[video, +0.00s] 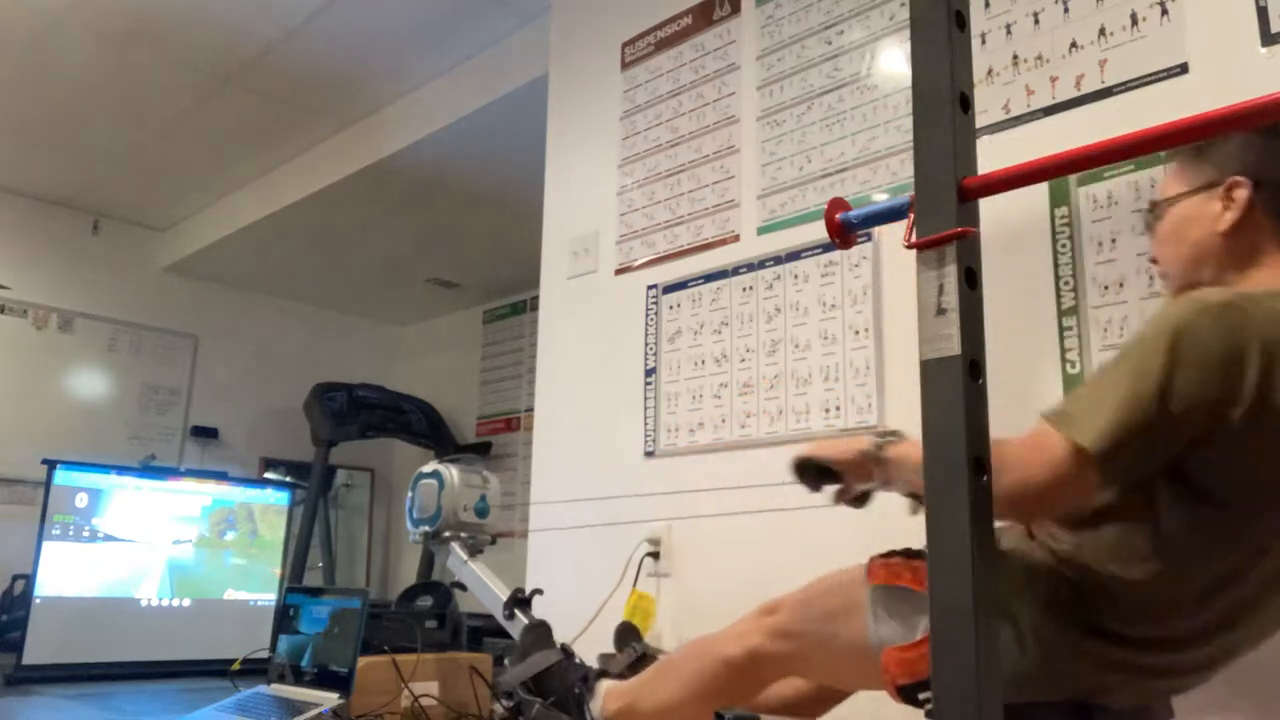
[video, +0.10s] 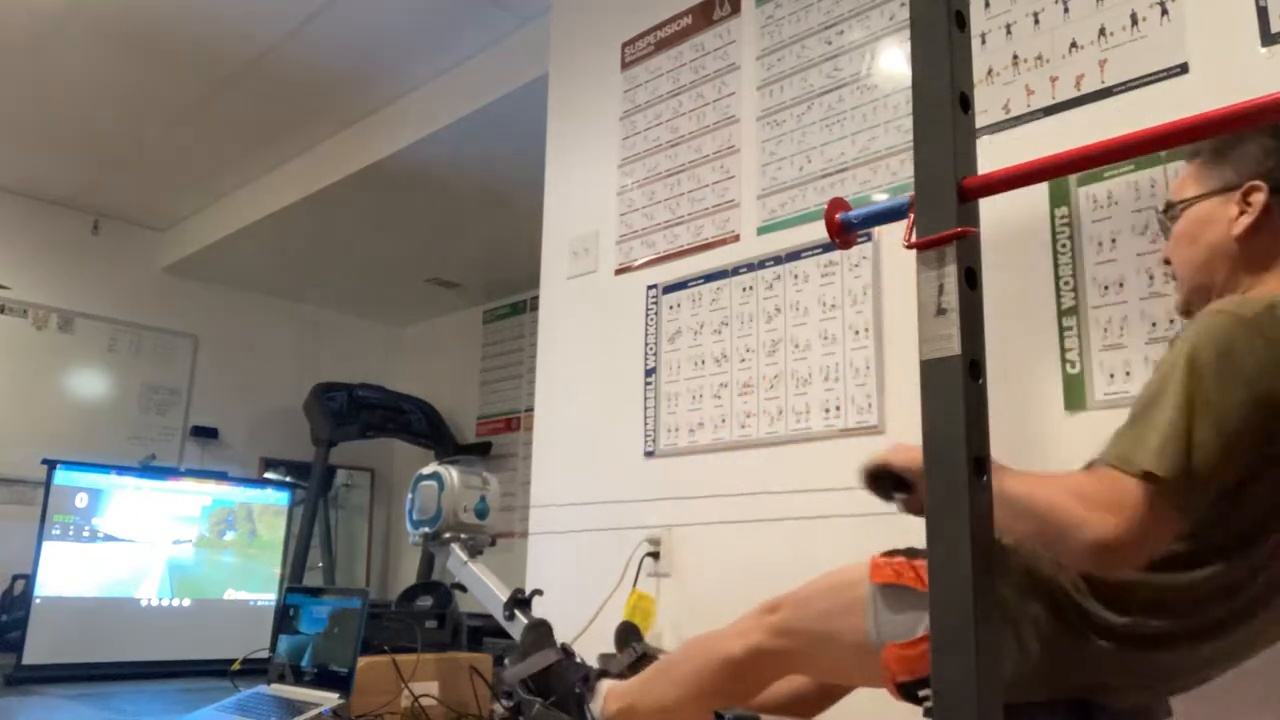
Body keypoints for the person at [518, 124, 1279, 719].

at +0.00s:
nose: (1150, 236)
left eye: (1164, 207)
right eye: (1152, 212)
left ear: (1234, 204)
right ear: (1240, 209)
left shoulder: (1215, 324)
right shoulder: (1260, 329)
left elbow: (1039, 473)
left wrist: (885, 458)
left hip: (1044, 621)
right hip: (1133, 662)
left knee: (779, 629)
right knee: (837, 667)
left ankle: (608, 705)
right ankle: (694, 709)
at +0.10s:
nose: (1165, 244)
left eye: (1177, 214)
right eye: (1166, 218)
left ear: (1249, 210)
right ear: (1252, 214)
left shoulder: (1240, 331)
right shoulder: (1259, 335)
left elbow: (1113, 524)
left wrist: (946, 474)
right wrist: (975, 492)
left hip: (1053, 627)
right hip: (1117, 651)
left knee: (780, 627)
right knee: (839, 650)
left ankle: (605, 705)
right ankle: (693, 713)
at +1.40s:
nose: (667, 301)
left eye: (672, 283)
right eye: (668, 286)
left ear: (699, 279)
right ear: (760, 292)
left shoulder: (689, 354)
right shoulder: (805, 361)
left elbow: (572, 469)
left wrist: (496, 521)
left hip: (742, 621)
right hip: (832, 632)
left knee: (604, 476)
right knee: (680, 471)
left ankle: (605, 680)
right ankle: (674, 657)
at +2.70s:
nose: (1123, 238)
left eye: (1137, 211)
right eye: (1128, 215)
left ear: (1204, 208)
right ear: (1215, 211)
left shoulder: (1202, 334)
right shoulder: (1267, 330)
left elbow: (1083, 534)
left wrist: (918, 497)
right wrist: (965, 542)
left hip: (1056, 647)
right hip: (1128, 657)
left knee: (780, 611)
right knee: (839, 622)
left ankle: (606, 705)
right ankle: (692, 710)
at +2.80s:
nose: (1083, 229)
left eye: (1098, 205)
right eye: (1087, 209)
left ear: (1164, 204)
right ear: (1183, 207)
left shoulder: (1165, 325)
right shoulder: (1266, 323)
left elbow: (1001, 495)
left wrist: (846, 483)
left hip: (1040, 631)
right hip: (1130, 644)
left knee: (766, 593)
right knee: (831, 608)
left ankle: (610, 703)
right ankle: (697, 706)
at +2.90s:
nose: (1035, 227)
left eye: (1047, 202)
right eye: (1038, 206)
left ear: (1105, 196)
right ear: (1136, 202)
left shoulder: (1110, 310)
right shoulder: (1199, 310)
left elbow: (917, 462)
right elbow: (1073, 506)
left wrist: (782, 472)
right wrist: (918, 523)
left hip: (1042, 627)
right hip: (1105, 626)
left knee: (747, 581)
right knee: (821, 596)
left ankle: (609, 710)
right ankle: (700, 706)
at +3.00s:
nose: (970, 227)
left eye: (982, 202)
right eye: (974, 205)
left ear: (1035, 201)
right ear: (1059, 206)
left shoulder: (1037, 306)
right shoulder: (1131, 306)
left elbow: (847, 445)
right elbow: (1029, 506)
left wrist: (724, 473)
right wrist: (862, 497)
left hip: (1023, 627)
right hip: (1092, 628)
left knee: (738, 557)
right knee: (837, 549)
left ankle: (612, 703)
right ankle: (694, 696)